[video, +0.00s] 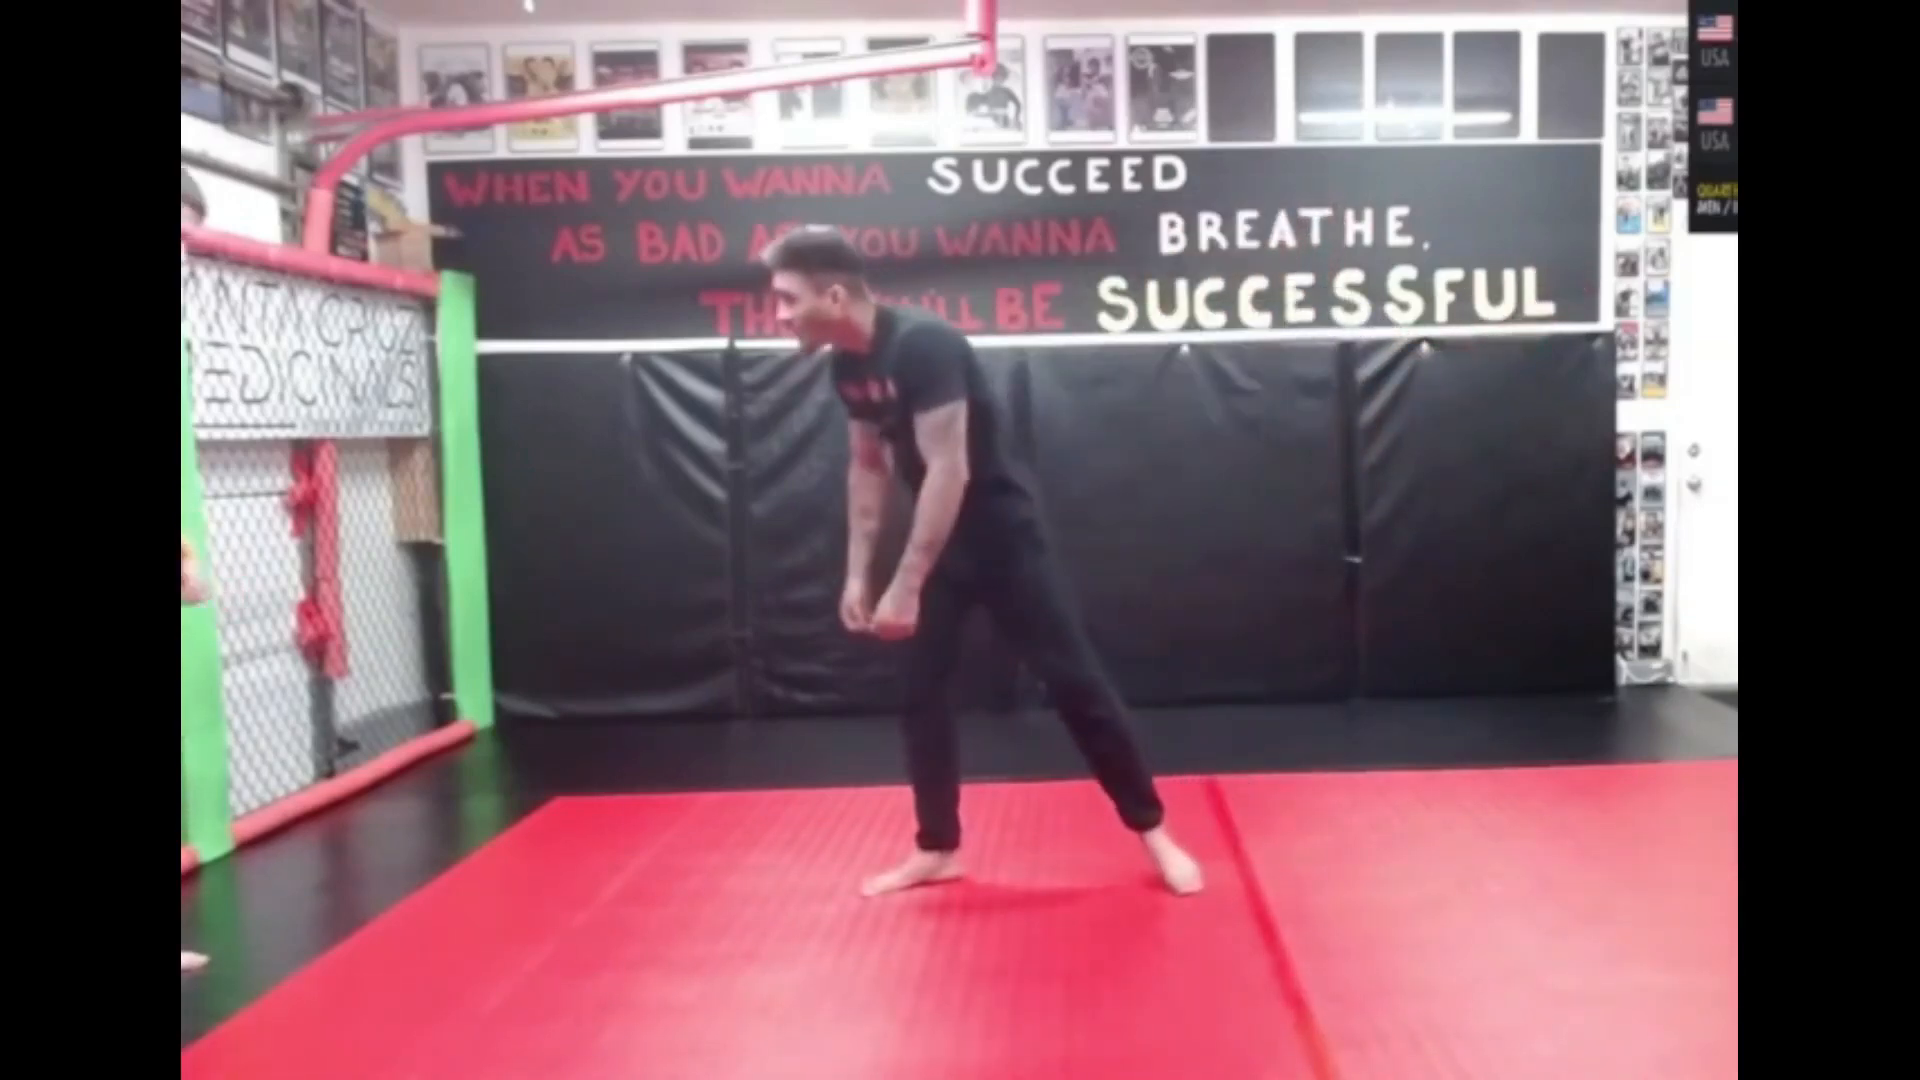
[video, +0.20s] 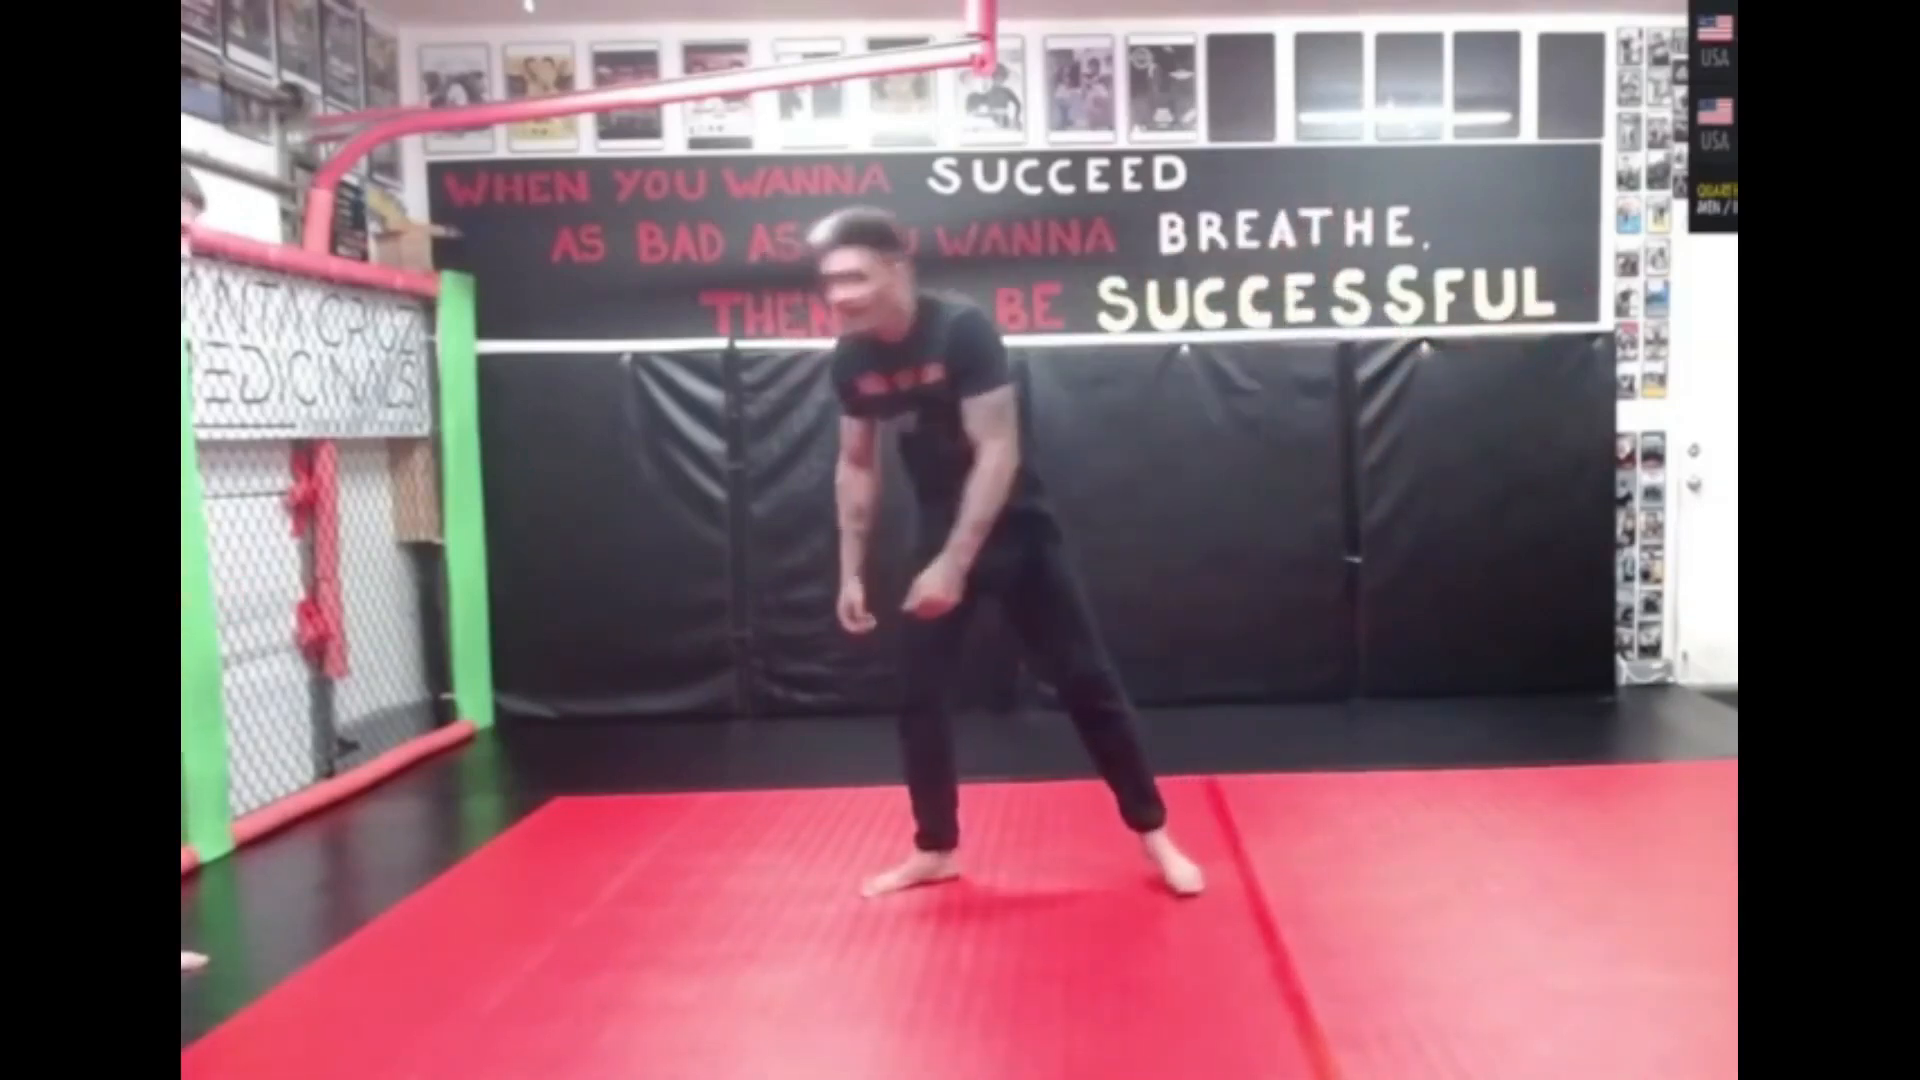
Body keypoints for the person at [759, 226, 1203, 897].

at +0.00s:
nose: (780, 316)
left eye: (788, 300)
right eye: (777, 301)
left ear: (838, 293)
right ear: (828, 298)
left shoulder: (925, 345)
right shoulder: (849, 367)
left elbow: (949, 473)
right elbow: (868, 466)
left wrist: (905, 585)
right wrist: (858, 573)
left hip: (1002, 528)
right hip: (935, 535)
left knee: (1069, 670)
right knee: (922, 683)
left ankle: (1154, 832)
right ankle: (937, 849)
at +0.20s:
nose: (841, 297)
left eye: (855, 278)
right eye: (831, 284)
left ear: (902, 267)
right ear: (825, 288)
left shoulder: (963, 332)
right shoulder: (852, 361)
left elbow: (998, 453)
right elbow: (856, 463)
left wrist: (953, 561)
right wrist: (851, 573)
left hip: (1013, 520)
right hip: (939, 529)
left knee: (1083, 673)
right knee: (917, 685)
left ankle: (1154, 833)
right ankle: (935, 848)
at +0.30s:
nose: (913, 276)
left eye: (925, 259)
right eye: (895, 264)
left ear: (954, 256)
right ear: (874, 276)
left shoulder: (998, 324)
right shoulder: (871, 349)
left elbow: (1036, 440)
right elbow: (858, 459)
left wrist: (997, 551)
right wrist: (858, 569)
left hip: (1020, 511)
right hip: (942, 519)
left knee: (1090, 673)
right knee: (922, 683)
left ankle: (1151, 840)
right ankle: (935, 849)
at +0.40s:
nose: (1032, 255)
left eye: (1037, 239)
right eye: (1013, 242)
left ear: (1046, 245)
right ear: (965, 255)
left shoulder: (1064, 319)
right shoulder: (930, 338)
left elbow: (1095, 427)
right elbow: (886, 444)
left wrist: (1081, 540)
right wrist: (883, 563)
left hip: (1057, 525)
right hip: (970, 528)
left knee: (1110, 682)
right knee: (945, 685)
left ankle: (1141, 852)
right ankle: (935, 848)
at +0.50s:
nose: (1124, 235)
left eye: (1125, 222)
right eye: (1106, 224)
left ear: (1126, 232)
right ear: (1057, 237)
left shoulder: (1127, 320)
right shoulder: (1007, 326)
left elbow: (1155, 427)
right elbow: (950, 434)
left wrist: (1168, 531)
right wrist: (938, 556)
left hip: (1108, 540)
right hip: (1020, 543)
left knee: (1136, 695)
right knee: (979, 691)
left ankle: (1142, 858)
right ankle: (931, 839)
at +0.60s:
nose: (1168, 222)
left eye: (1166, 209)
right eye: (1153, 211)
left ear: (1147, 225)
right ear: (1103, 226)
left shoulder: (1158, 311)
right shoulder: (1051, 314)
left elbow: (1185, 419)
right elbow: (999, 431)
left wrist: (1221, 523)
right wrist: (996, 551)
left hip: (1137, 532)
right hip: (1060, 533)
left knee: (1153, 691)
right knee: (1007, 686)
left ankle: (1143, 859)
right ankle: (945, 833)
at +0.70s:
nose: (1204, 207)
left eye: (1198, 196)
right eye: (1185, 199)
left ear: (1172, 220)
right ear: (1139, 220)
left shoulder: (1181, 309)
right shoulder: (1094, 306)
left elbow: (1210, 415)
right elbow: (1044, 427)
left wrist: (1261, 507)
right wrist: (1064, 542)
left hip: (1153, 512)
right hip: (1092, 513)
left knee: (1156, 684)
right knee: (1051, 675)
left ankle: (1145, 854)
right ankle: (982, 838)